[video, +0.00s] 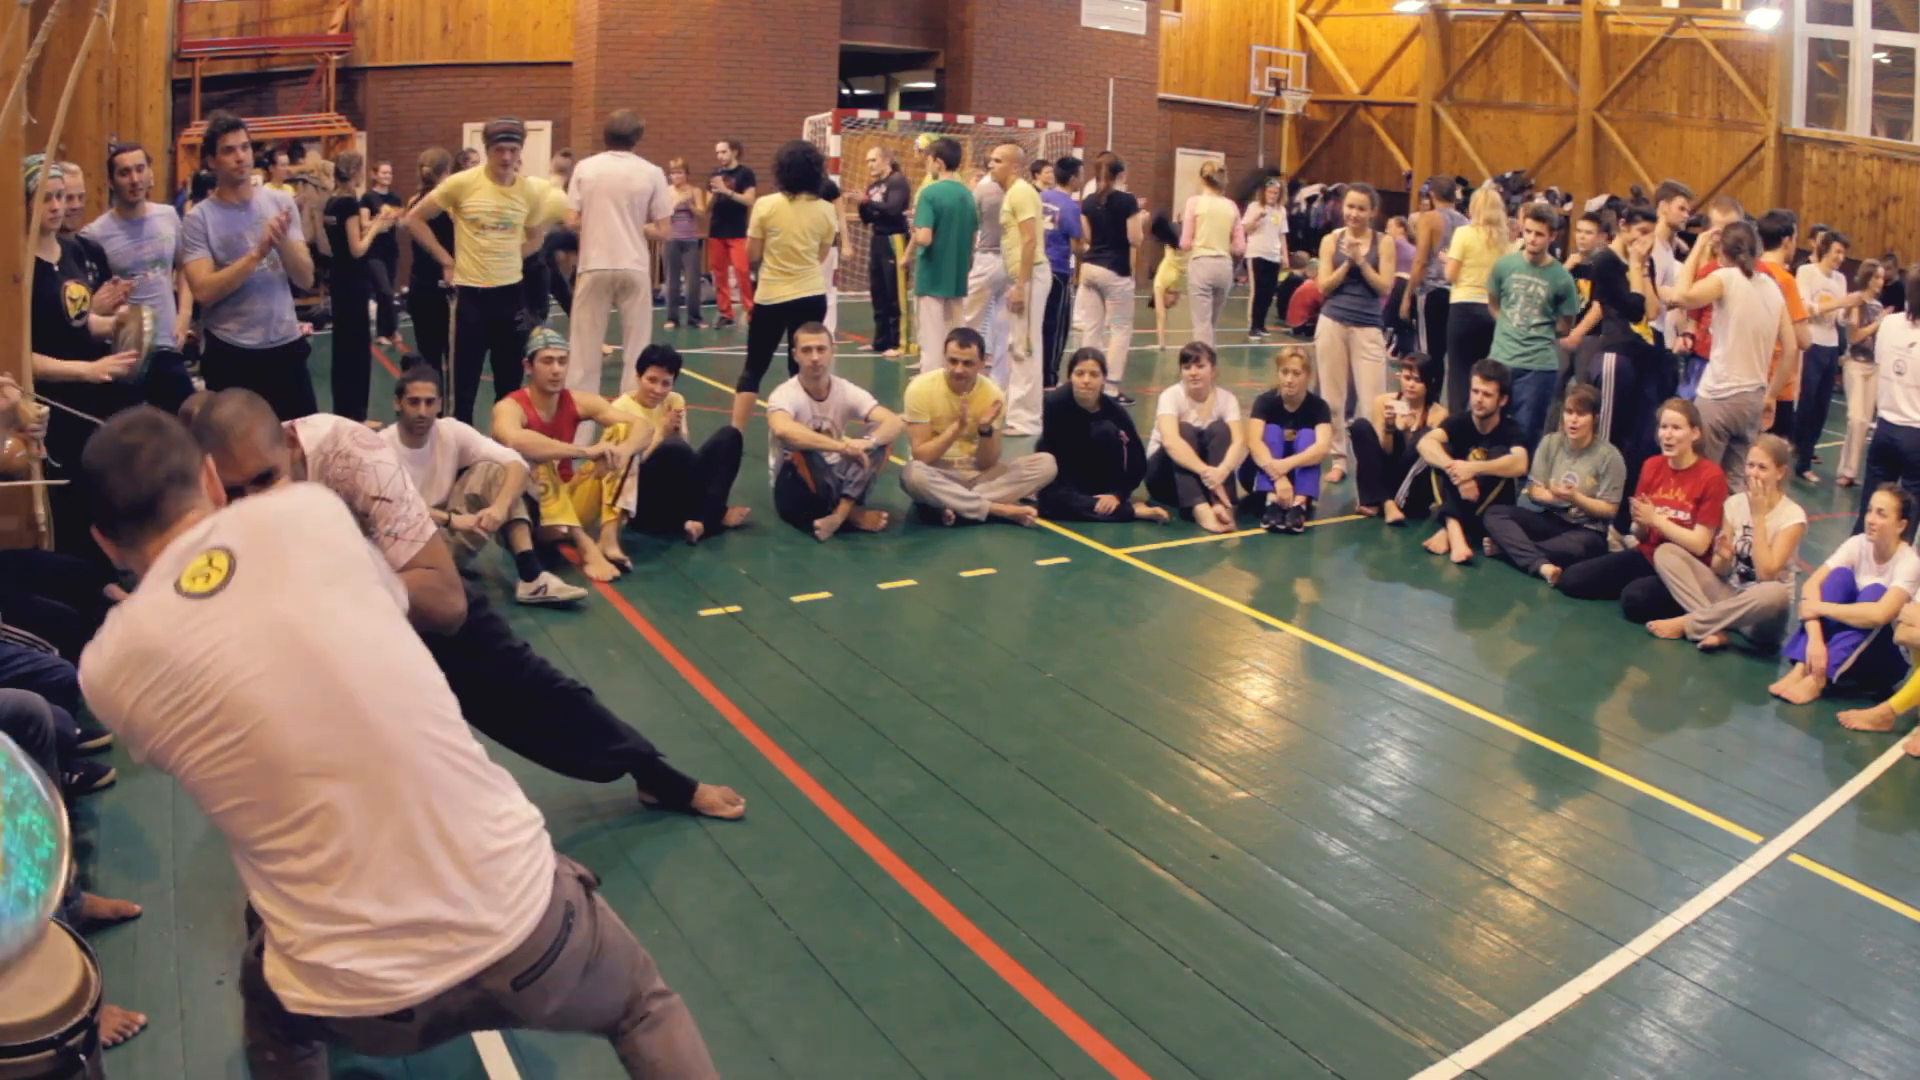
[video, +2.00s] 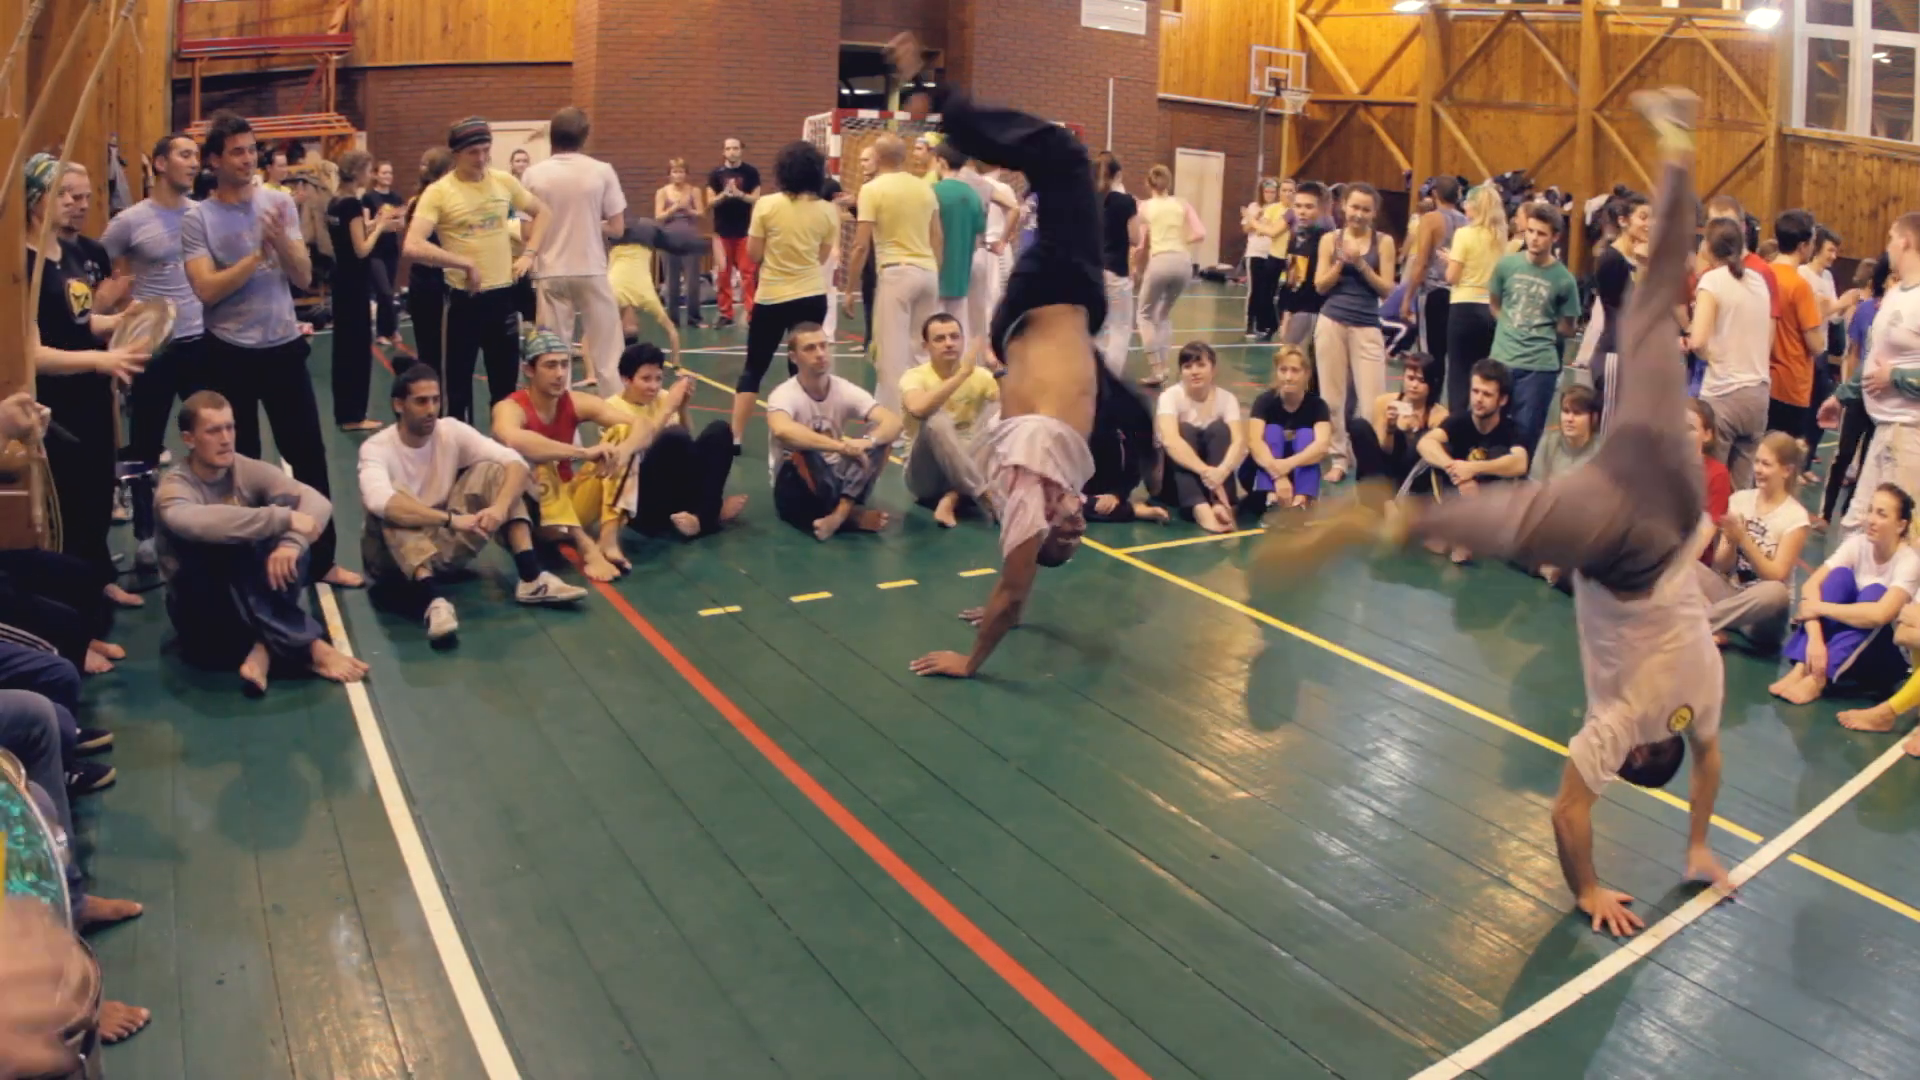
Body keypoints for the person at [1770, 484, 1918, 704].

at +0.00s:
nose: (1870, 519)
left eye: (1881, 514)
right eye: (1869, 511)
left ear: (1901, 526)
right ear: (1864, 513)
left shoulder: (1909, 561)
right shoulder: (1857, 544)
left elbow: (1880, 616)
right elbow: (1810, 585)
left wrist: (1818, 607)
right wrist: (1815, 641)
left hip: (1881, 667)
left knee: (1875, 592)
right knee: (1840, 576)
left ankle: (1818, 678)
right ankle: (1800, 667)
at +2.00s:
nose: (1871, 520)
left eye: (1881, 514)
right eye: (1870, 511)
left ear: (1901, 525)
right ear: (1866, 512)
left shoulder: (1909, 561)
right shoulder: (1856, 544)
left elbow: (1881, 615)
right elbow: (1810, 586)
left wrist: (1819, 608)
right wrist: (1815, 641)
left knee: (1875, 592)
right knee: (1840, 577)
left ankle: (1817, 678)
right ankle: (1800, 667)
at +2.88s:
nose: (1876, 511)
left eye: (1887, 507)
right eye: (1878, 504)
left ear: (1907, 524)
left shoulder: (1913, 558)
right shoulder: (1862, 541)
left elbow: (1885, 609)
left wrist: (1823, 603)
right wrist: (1823, 646)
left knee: (1879, 587)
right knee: (1847, 577)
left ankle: (1828, 672)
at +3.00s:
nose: (1873, 505)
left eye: (1883, 502)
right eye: (1878, 499)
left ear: (1900, 520)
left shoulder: (1912, 556)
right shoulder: (1862, 540)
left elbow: (1887, 608)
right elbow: (1822, 584)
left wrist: (1834, 606)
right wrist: (1822, 638)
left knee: (1878, 587)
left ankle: (1829, 666)